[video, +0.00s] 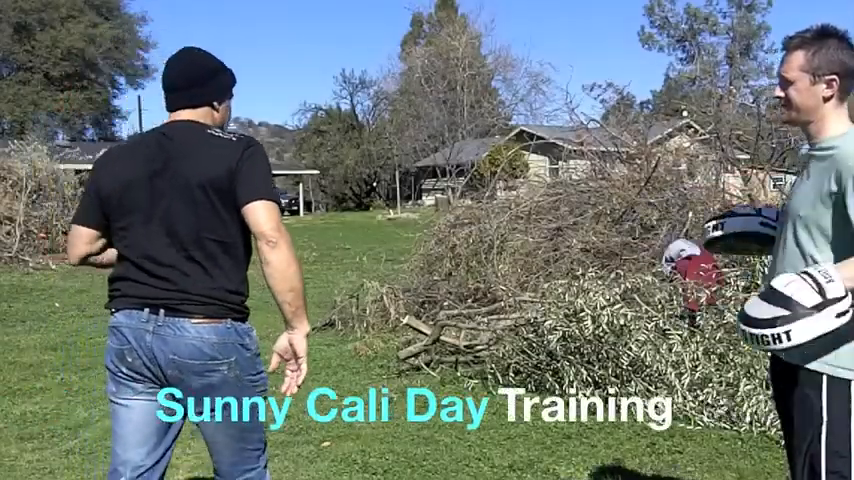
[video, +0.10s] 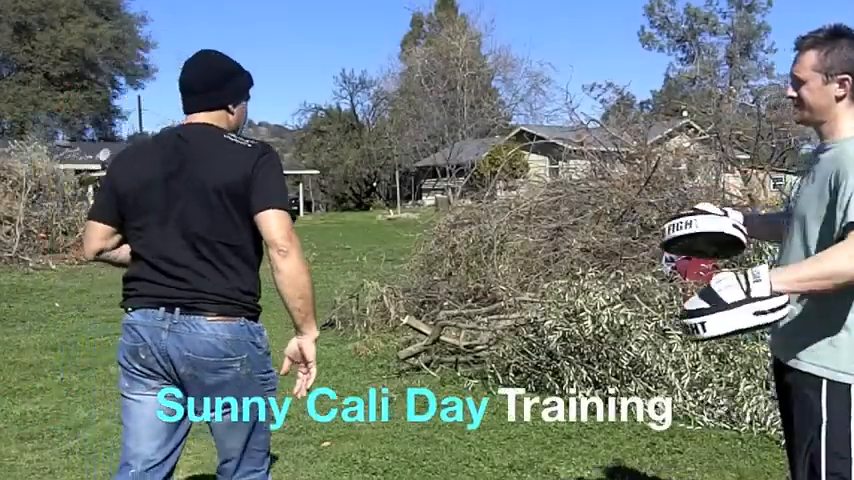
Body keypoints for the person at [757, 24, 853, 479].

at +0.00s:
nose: (778, 92)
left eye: (787, 83)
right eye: (779, 82)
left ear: (828, 87)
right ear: (822, 87)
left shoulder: (845, 158)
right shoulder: (815, 155)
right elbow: (822, 239)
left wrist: (822, 282)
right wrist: (775, 232)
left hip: (831, 364)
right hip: (797, 354)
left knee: (827, 471)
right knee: (805, 468)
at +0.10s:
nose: (789, 93)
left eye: (799, 82)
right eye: (792, 82)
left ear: (840, 87)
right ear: (836, 88)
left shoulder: (846, 161)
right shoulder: (819, 158)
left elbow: (851, 252)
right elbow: (800, 224)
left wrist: (762, 281)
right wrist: (736, 220)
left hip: (831, 365)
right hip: (798, 356)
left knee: (826, 471)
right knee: (804, 468)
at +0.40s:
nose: (804, 89)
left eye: (814, 79)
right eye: (807, 79)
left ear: (849, 85)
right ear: (841, 85)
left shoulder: (846, 161)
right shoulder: (821, 153)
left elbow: (790, 248)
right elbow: (764, 202)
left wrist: (707, 254)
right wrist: (724, 187)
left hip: (832, 364)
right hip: (803, 355)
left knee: (827, 471)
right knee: (810, 467)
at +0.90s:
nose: (800, 89)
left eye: (808, 78)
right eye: (803, 78)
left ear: (845, 83)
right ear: (841, 83)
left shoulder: (841, 159)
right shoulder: (822, 146)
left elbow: (781, 243)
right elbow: (790, 223)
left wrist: (746, 241)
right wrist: (760, 239)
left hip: (832, 352)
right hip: (809, 347)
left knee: (827, 469)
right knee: (811, 465)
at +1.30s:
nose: (796, 94)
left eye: (803, 83)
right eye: (797, 83)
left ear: (839, 85)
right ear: (837, 85)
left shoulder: (843, 167)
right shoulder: (832, 162)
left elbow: (824, 277)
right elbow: (802, 226)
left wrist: (731, 301)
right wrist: (728, 225)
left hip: (831, 369)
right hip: (815, 363)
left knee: (827, 471)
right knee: (814, 468)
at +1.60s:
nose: (778, 94)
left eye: (785, 84)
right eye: (779, 84)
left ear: (821, 88)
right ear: (822, 88)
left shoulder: (841, 166)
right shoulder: (827, 162)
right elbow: (830, 256)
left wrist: (793, 330)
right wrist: (777, 265)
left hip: (833, 376)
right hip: (817, 369)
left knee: (827, 471)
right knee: (812, 470)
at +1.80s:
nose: (764, 100)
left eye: (770, 88)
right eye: (765, 89)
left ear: (808, 90)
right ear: (809, 90)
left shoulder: (835, 170)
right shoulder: (818, 160)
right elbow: (826, 257)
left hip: (827, 372)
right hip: (806, 365)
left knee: (826, 470)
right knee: (807, 467)